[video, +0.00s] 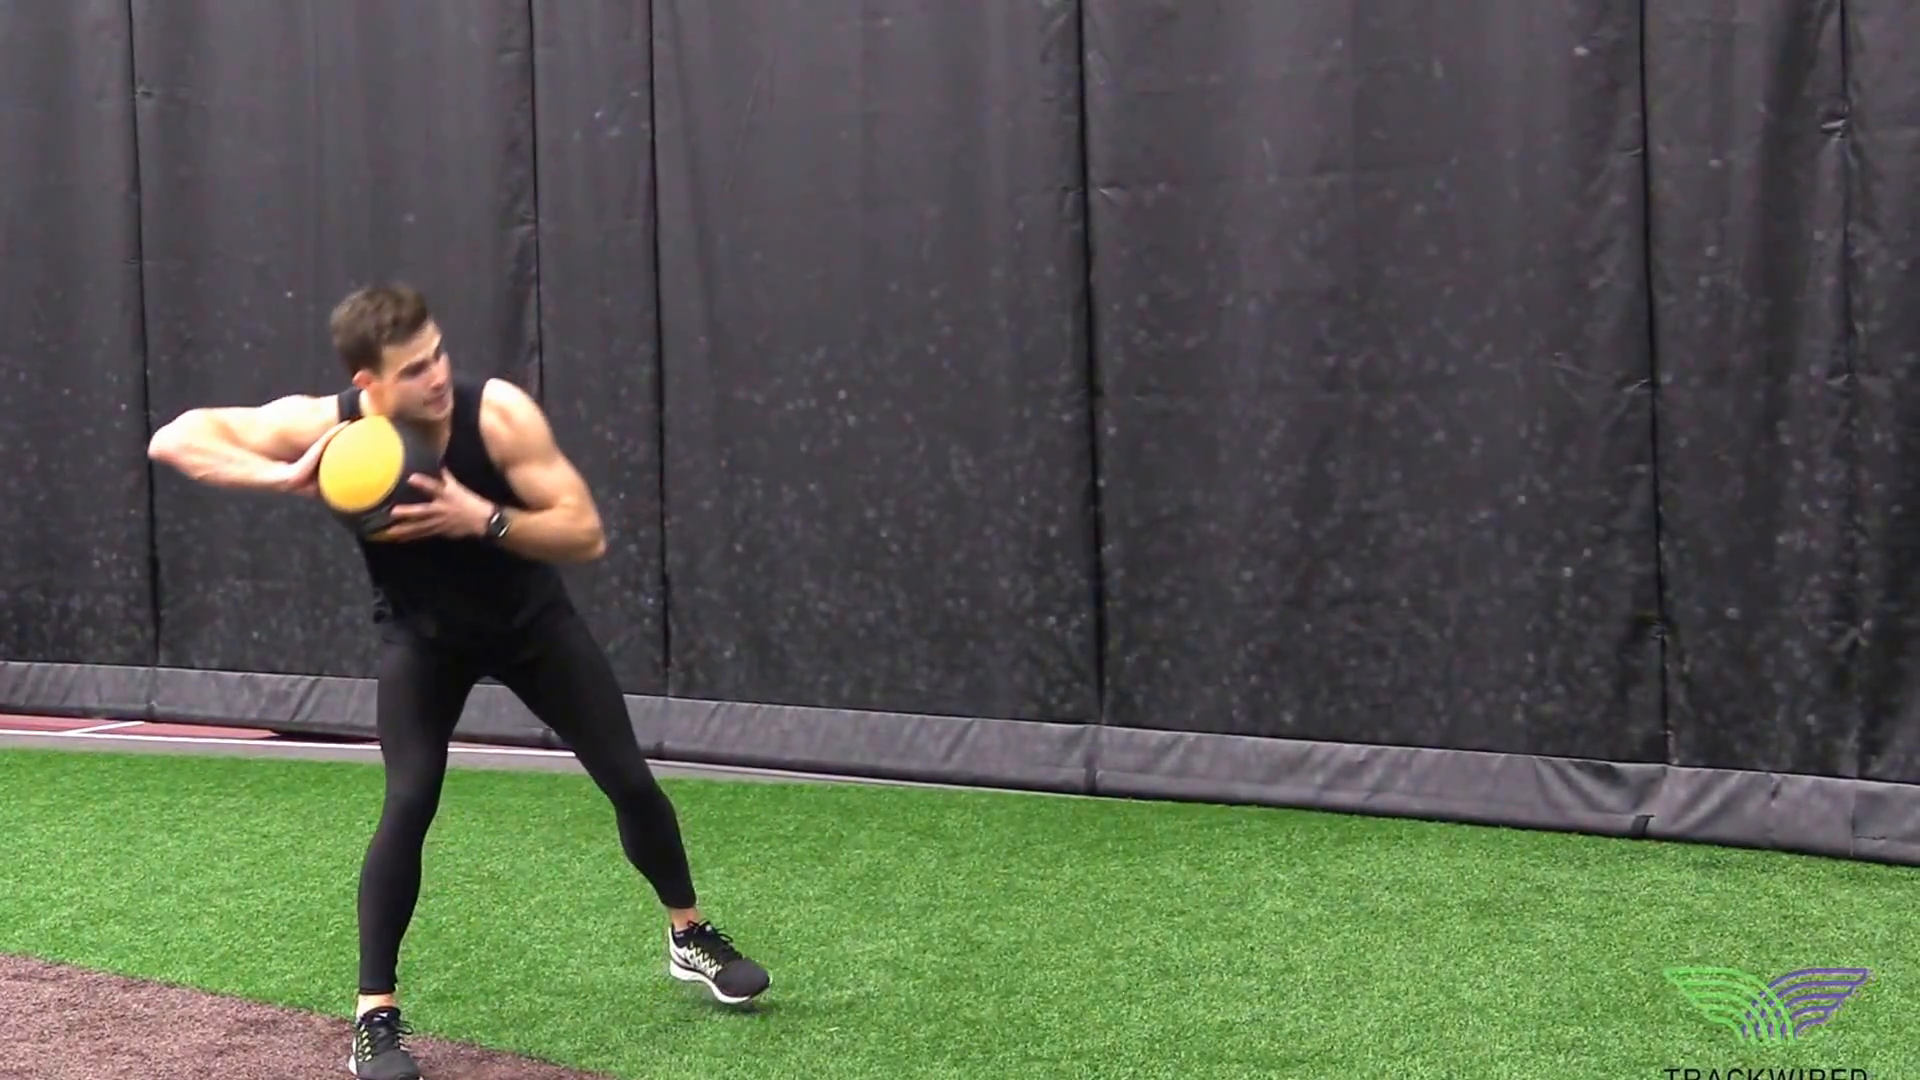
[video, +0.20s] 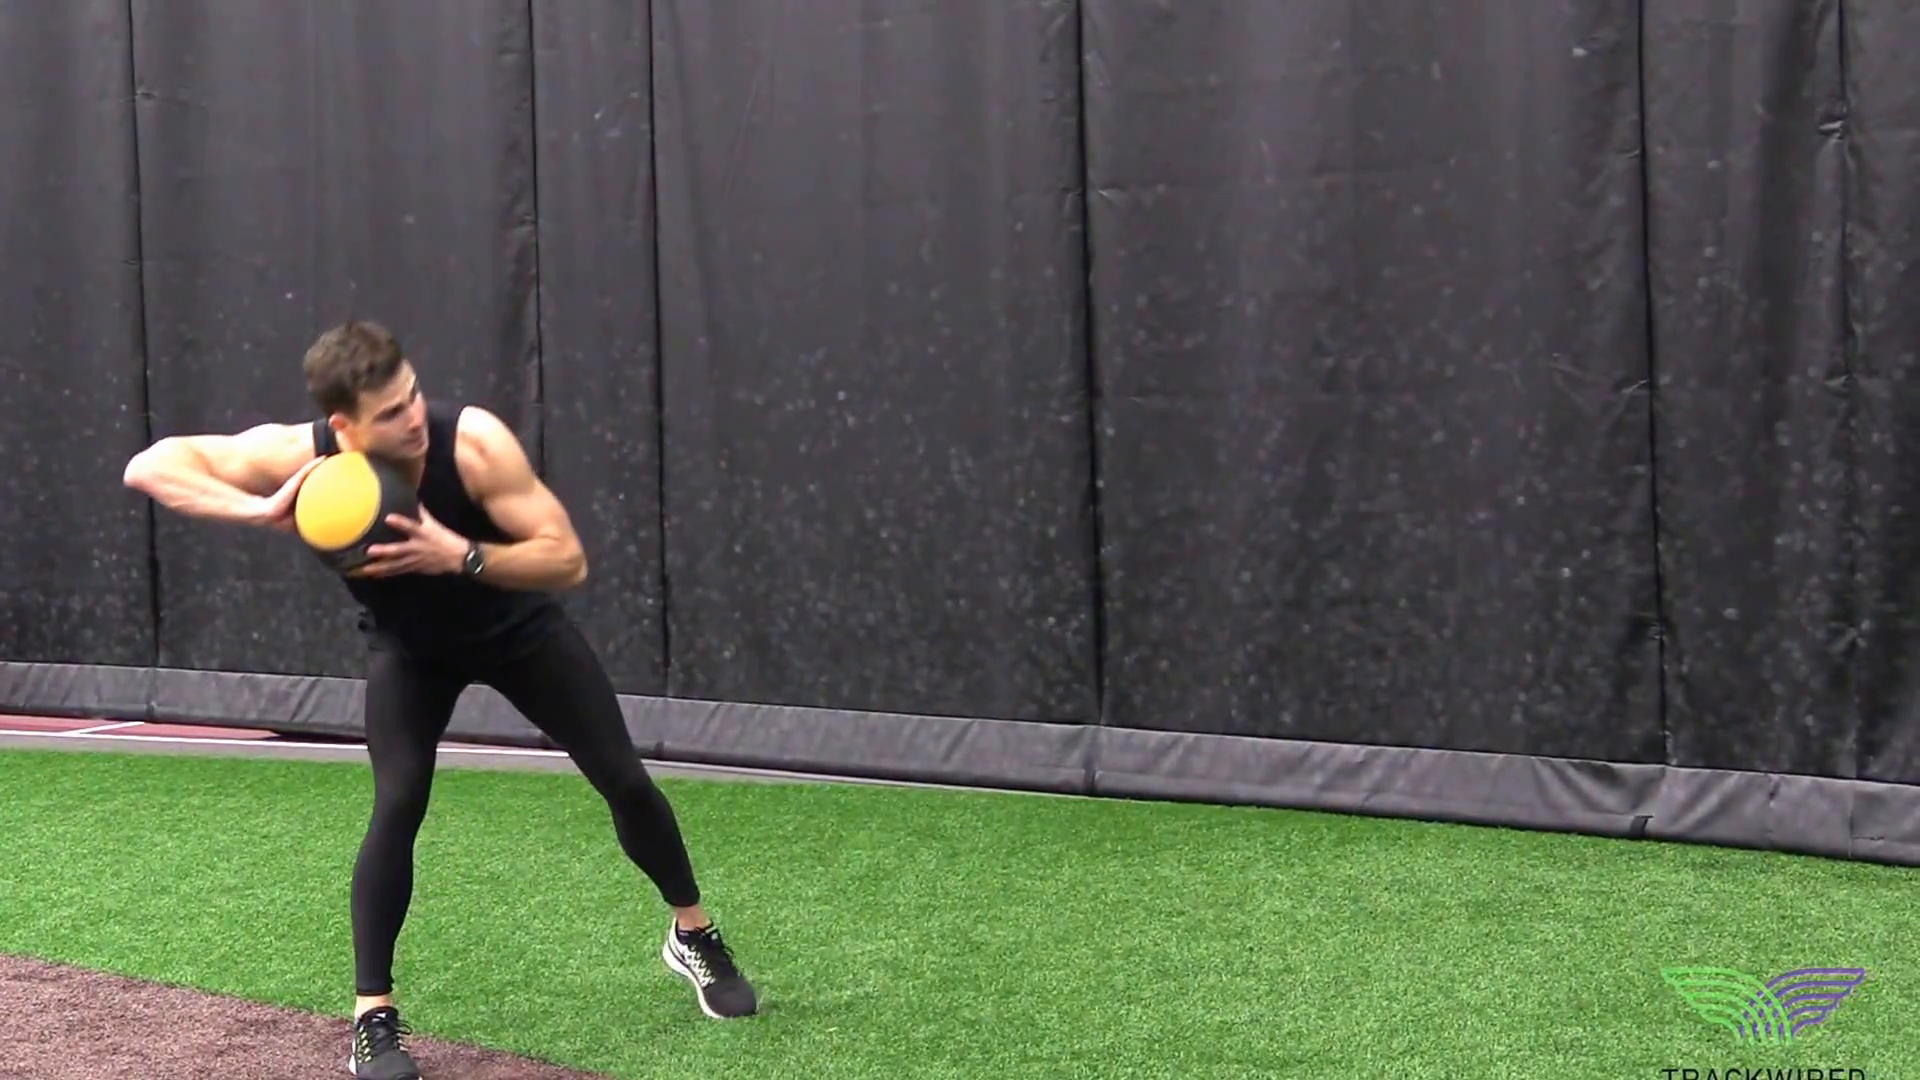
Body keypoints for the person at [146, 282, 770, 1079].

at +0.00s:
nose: (441, 376)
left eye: (440, 354)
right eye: (417, 368)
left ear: (448, 346)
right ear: (367, 384)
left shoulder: (501, 412)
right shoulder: (328, 427)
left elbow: (585, 535)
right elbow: (172, 441)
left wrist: (486, 518)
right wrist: (275, 473)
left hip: (535, 619)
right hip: (424, 636)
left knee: (631, 781)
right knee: (409, 800)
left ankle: (692, 933)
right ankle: (377, 1011)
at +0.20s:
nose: (416, 419)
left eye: (414, 398)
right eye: (393, 414)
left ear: (419, 381)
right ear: (341, 425)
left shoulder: (478, 445)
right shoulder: (302, 458)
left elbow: (568, 561)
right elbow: (148, 468)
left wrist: (464, 555)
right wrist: (255, 509)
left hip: (520, 626)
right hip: (411, 645)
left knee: (624, 778)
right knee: (398, 803)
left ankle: (696, 930)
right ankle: (374, 1014)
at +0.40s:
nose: (406, 446)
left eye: (405, 426)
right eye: (383, 444)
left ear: (406, 405)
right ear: (332, 458)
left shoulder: (465, 466)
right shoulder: (288, 477)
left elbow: (557, 583)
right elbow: (137, 483)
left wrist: (452, 584)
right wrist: (241, 532)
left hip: (516, 635)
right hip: (403, 658)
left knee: (625, 780)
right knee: (396, 805)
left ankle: (697, 928)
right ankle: (372, 1013)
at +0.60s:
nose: (411, 460)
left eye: (408, 441)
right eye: (389, 459)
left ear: (410, 422)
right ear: (335, 473)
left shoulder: (463, 481)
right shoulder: (290, 490)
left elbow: (557, 595)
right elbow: (138, 489)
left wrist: (449, 600)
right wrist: (240, 544)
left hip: (513, 642)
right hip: (399, 666)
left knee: (631, 779)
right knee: (396, 808)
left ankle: (698, 929)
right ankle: (373, 1015)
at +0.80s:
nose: (424, 462)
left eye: (420, 444)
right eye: (402, 462)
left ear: (422, 425)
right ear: (349, 477)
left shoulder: (472, 486)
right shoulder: (301, 496)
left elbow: (563, 600)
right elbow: (147, 492)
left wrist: (461, 602)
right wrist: (251, 545)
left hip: (516, 651)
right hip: (403, 674)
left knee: (641, 778)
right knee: (410, 809)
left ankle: (694, 935)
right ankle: (378, 1014)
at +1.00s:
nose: (446, 446)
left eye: (442, 429)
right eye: (425, 444)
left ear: (442, 411)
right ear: (371, 467)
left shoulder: (493, 472)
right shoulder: (320, 494)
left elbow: (580, 579)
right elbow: (167, 498)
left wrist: (487, 583)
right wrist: (277, 539)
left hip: (519, 655)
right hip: (412, 681)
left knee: (656, 780)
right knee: (434, 813)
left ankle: (684, 940)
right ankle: (383, 1016)